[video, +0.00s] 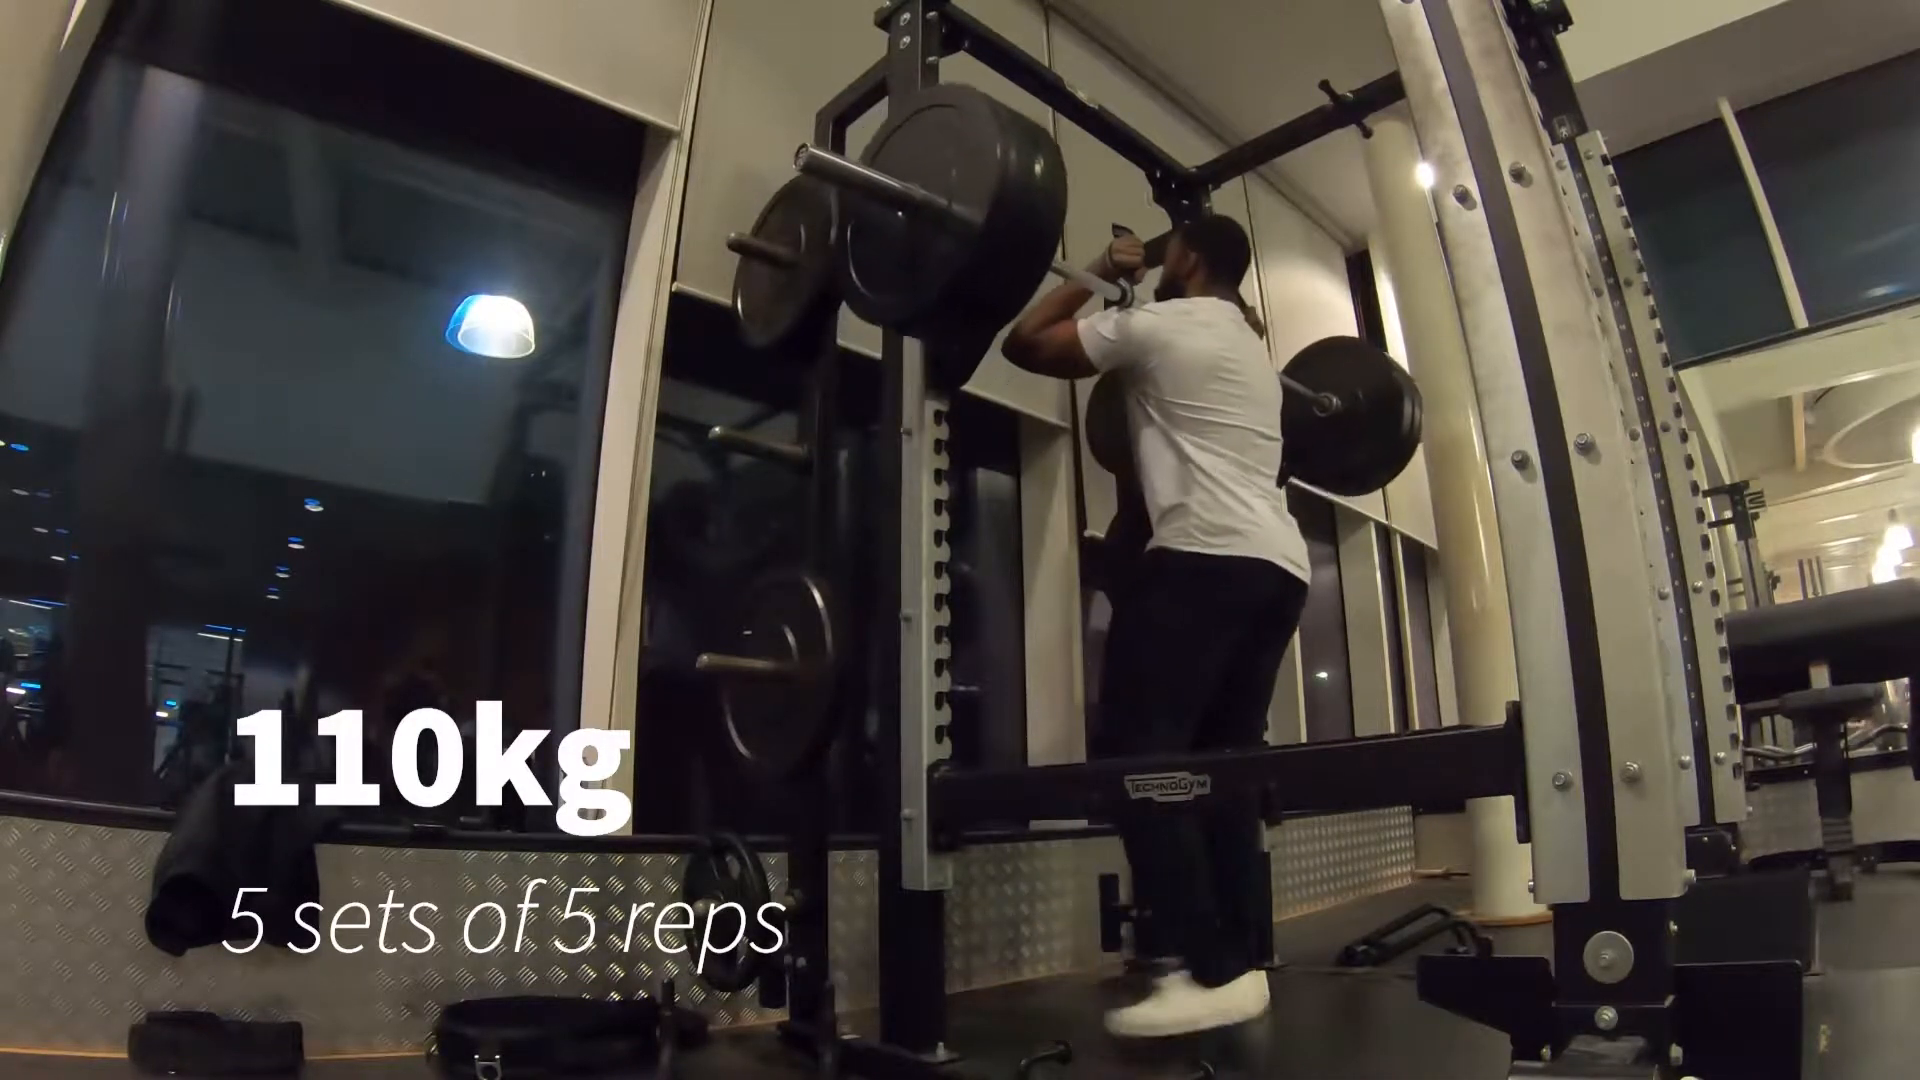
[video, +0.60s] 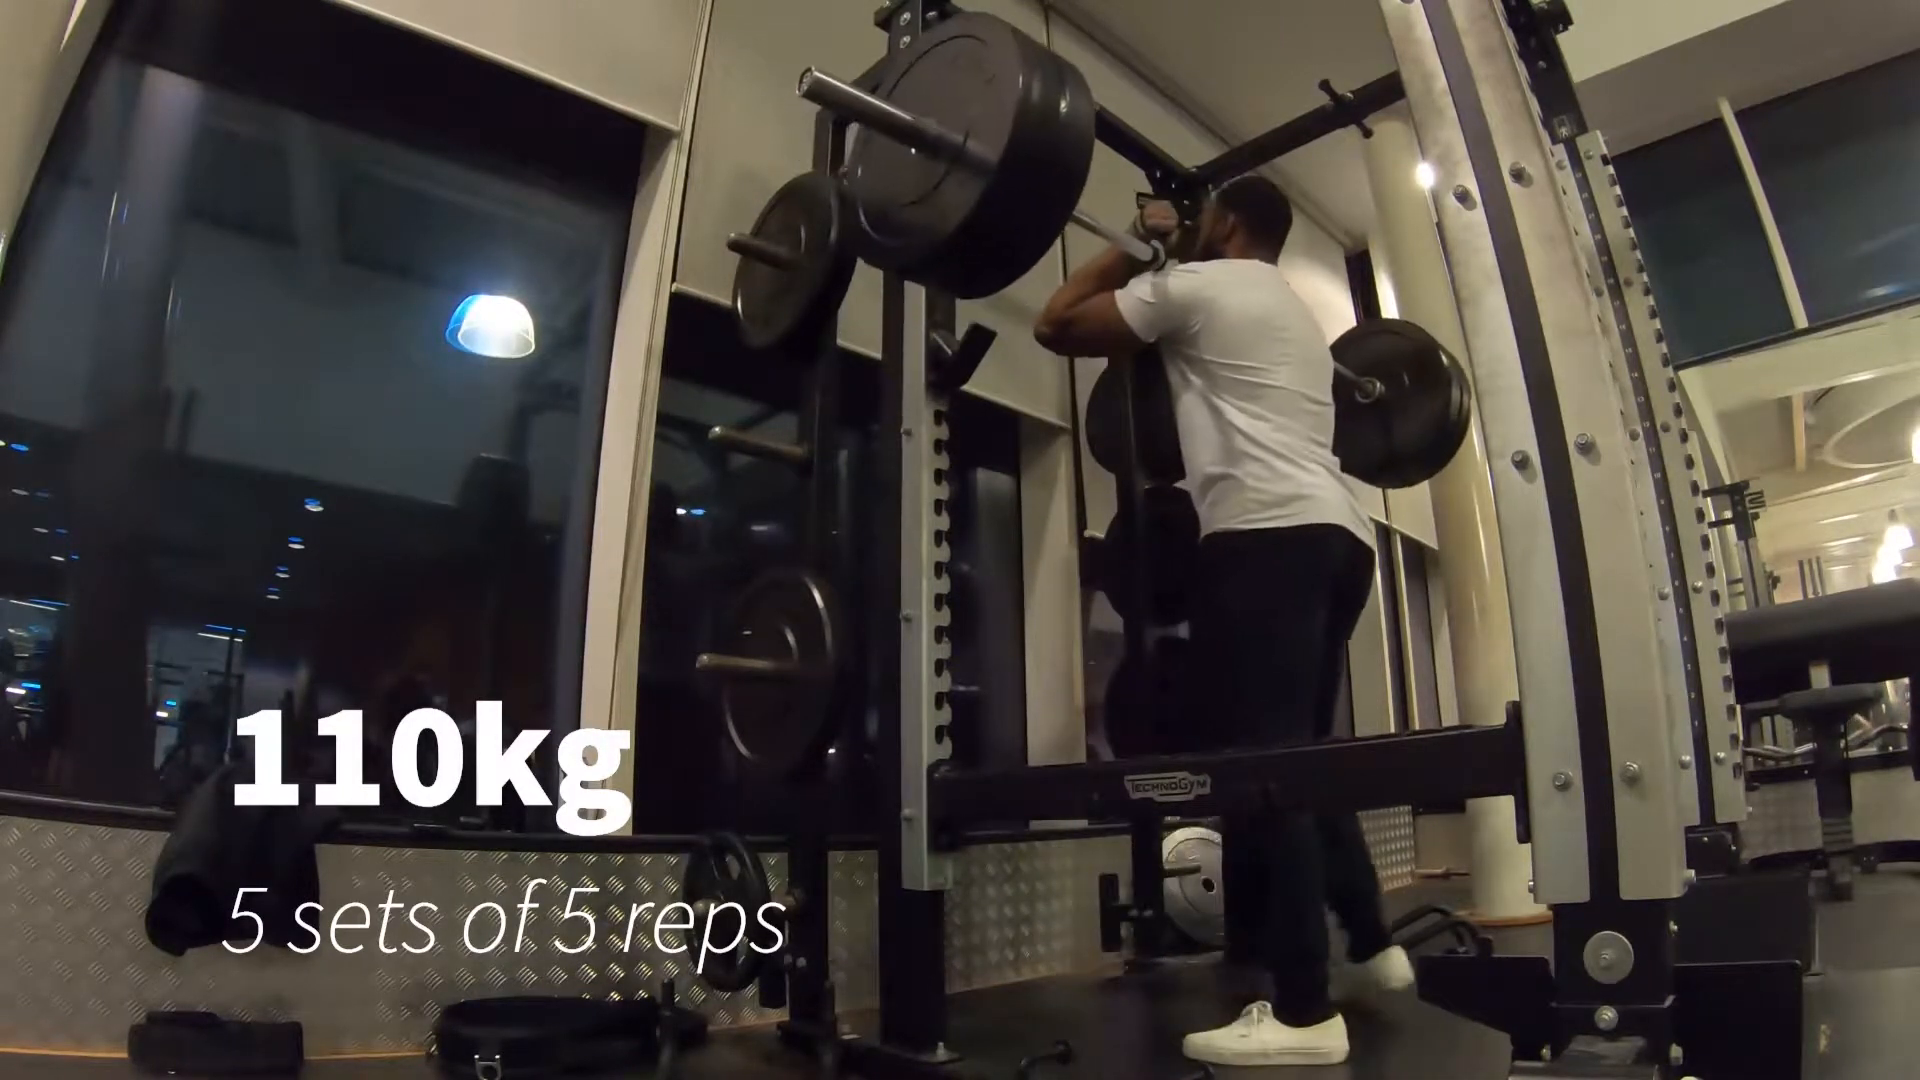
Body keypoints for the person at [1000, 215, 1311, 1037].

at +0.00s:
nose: (1160, 257)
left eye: (1169, 246)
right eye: (1168, 247)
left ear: (1188, 257)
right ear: (1232, 271)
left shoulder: (1160, 326)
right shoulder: (1256, 349)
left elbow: (1027, 340)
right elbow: (1126, 443)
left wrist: (1093, 276)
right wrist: (1120, 306)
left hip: (1194, 559)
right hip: (1276, 567)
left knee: (1137, 756)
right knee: (1228, 760)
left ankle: (1196, 971)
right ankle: (1242, 964)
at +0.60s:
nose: (1198, 230)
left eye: (1206, 220)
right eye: (1204, 221)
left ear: (1226, 225)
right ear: (1274, 236)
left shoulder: (1201, 293)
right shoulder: (1299, 309)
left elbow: (1056, 323)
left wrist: (1133, 244)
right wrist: (1157, 274)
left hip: (1262, 541)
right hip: (1338, 541)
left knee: (1262, 770)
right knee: (1300, 759)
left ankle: (1301, 1011)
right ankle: (1375, 947)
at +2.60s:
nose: (1227, 288)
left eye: (1236, 277)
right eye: (1233, 279)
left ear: (1259, 284)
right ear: (1309, 298)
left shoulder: (1238, 353)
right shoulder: (1333, 364)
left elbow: (1093, 378)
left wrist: (1164, 312)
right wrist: (1208, 315)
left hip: (1324, 594)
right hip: (1415, 601)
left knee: (1204, 778)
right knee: (1324, 768)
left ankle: (1293, 1012)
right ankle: (1384, 969)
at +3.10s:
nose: (1223, 406)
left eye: (1231, 394)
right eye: (1226, 393)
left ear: (1255, 405)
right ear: (1302, 412)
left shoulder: (1242, 477)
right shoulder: (1334, 476)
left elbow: (1104, 518)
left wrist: (1157, 443)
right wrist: (1214, 436)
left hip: (1363, 695)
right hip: (1455, 703)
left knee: (1167, 795)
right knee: (1309, 785)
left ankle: (1293, 1012)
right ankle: (1384, 972)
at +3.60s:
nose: (1222, 511)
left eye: (1229, 500)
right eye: (1225, 499)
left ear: (1260, 508)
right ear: (1310, 512)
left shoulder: (1245, 588)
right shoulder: (1337, 573)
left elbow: (1111, 639)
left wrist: (1174, 542)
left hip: (1385, 828)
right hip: (1460, 830)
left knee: (1156, 821)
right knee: (1307, 783)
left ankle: (1293, 1013)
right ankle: (1383, 972)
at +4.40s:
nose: (1215, 428)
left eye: (1223, 416)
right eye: (1218, 414)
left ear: (1247, 423)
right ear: (1291, 430)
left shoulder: (1237, 493)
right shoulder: (1325, 491)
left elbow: (1095, 541)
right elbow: (1176, 596)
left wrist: (1152, 460)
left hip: (1363, 708)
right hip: (1455, 719)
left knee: (1164, 805)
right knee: (1308, 785)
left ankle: (1291, 1011)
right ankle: (1381, 969)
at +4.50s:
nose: (1212, 401)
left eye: (1219, 389)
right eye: (1215, 388)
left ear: (1243, 395)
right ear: (1290, 402)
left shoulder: (1232, 464)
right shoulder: (1325, 464)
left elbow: (1089, 514)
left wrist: (1153, 434)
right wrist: (1200, 431)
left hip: (1352, 681)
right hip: (1443, 692)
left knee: (1167, 800)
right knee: (1315, 782)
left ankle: (1291, 1012)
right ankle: (1383, 970)